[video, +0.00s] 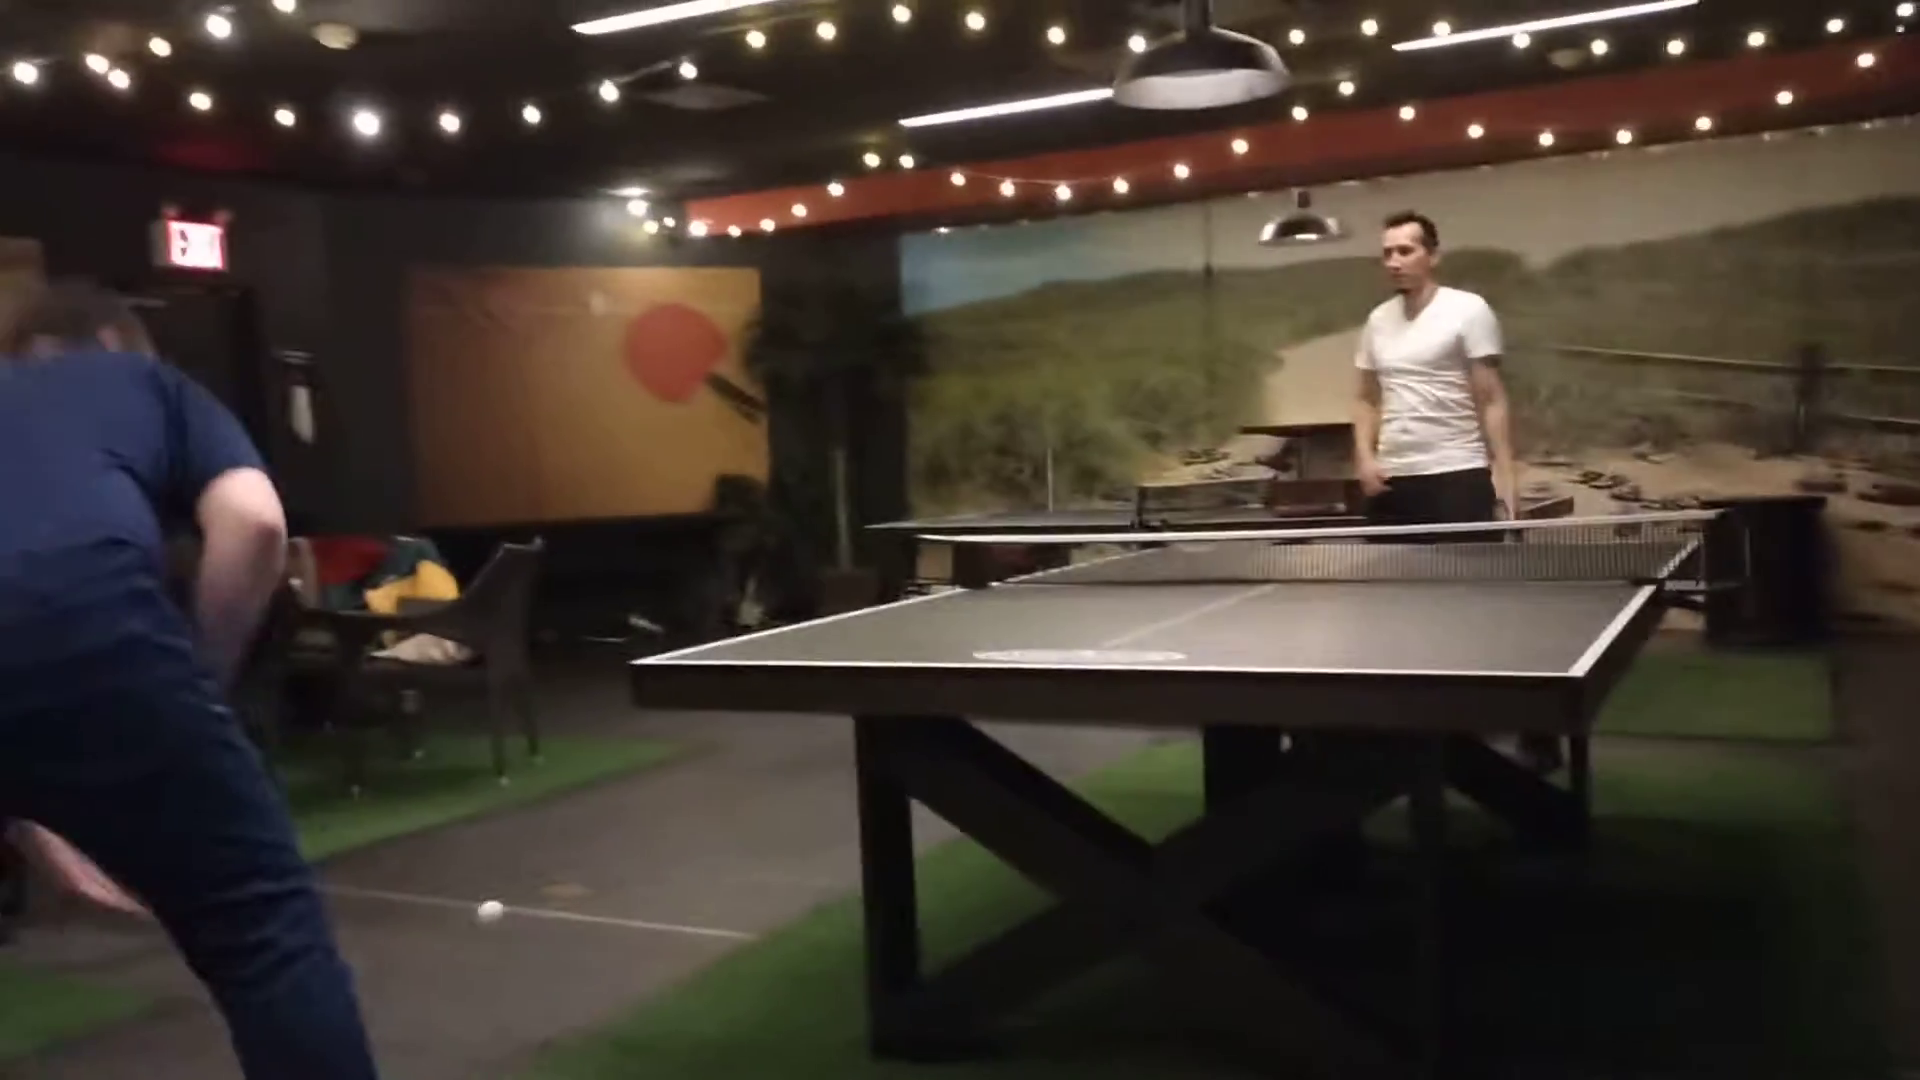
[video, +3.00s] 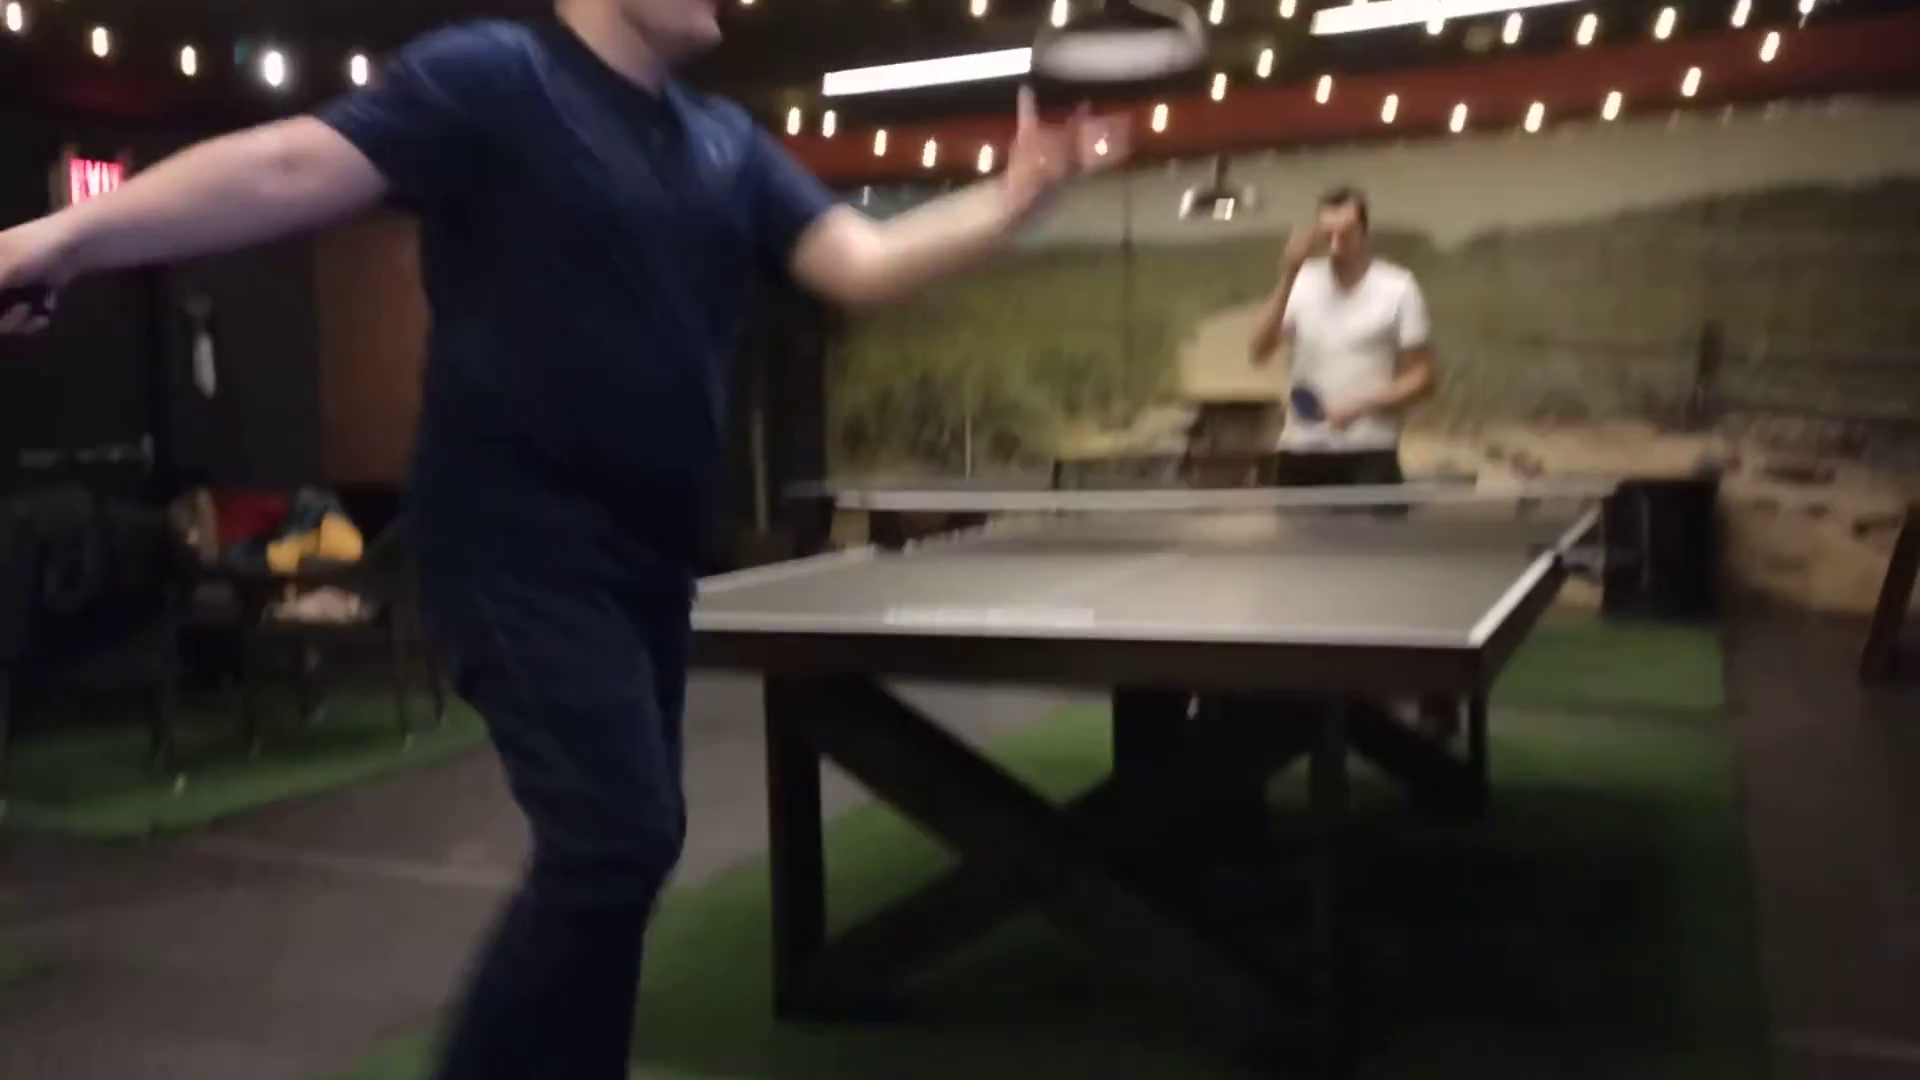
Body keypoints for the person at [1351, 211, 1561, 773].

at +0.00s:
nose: (1394, 261)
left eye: (1405, 251)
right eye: (1388, 253)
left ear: (1432, 255)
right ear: (1383, 261)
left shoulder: (1468, 310)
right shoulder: (1378, 322)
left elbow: (1491, 399)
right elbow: (1366, 398)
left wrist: (1505, 480)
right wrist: (1363, 458)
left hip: (1460, 481)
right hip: (1395, 486)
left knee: (1470, 598)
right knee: (1399, 601)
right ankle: (1406, 728)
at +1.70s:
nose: (1385, 201)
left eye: (1397, 192)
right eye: (1378, 192)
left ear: (1420, 199)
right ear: (1370, 199)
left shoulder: (1450, 250)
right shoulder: (1355, 253)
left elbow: (1501, 323)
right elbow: (1360, 331)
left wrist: (1501, 403)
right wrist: (1352, 398)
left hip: (1430, 427)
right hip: (1360, 429)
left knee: (1446, 552)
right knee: (1357, 554)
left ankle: (1500, 678)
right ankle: (1364, 682)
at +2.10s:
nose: (1377, 168)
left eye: (1388, 159)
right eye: (1369, 159)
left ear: (1410, 168)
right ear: (1360, 168)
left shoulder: (1436, 225)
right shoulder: (1341, 230)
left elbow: (1468, 310)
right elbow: (1303, 299)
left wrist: (1420, 378)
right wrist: (1284, 340)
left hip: (1414, 401)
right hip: (1344, 402)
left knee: (1443, 519)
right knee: (1341, 521)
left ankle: (1484, 648)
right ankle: (1343, 652)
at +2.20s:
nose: (1372, 165)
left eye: (1383, 155)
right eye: (1364, 156)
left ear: (1405, 163)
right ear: (1354, 164)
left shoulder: (1433, 219)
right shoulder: (1337, 224)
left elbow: (1466, 303)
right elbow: (1290, 309)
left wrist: (1408, 351)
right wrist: (1302, 276)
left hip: (1411, 394)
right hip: (1343, 394)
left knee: (1437, 512)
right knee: (1340, 514)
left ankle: (1479, 644)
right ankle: (1343, 647)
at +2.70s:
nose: (1355, 165)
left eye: (1366, 155)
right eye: (1348, 155)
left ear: (1389, 155)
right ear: (1339, 157)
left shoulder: (1421, 208)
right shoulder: (1324, 205)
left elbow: (1449, 295)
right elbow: (1281, 269)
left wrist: (1381, 316)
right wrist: (1317, 191)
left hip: (1395, 378)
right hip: (1326, 378)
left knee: (1420, 497)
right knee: (1325, 500)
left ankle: (1458, 625)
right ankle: (1329, 631)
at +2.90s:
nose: (1346, 176)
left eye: (1355, 166)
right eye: (1340, 166)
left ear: (1373, 164)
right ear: (1329, 164)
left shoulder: (1410, 213)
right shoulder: (1318, 208)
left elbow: (1433, 304)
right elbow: (1274, 278)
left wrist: (1367, 337)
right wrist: (1305, 200)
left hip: (1379, 390)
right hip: (1312, 390)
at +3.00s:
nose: (1335, 246)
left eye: (1345, 235)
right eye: (1327, 235)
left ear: (1364, 233)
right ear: (1317, 235)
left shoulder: (1397, 287)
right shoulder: (1304, 278)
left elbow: (1421, 373)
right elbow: (1260, 350)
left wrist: (1358, 406)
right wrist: (1289, 272)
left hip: (1368, 454)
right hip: (1303, 453)